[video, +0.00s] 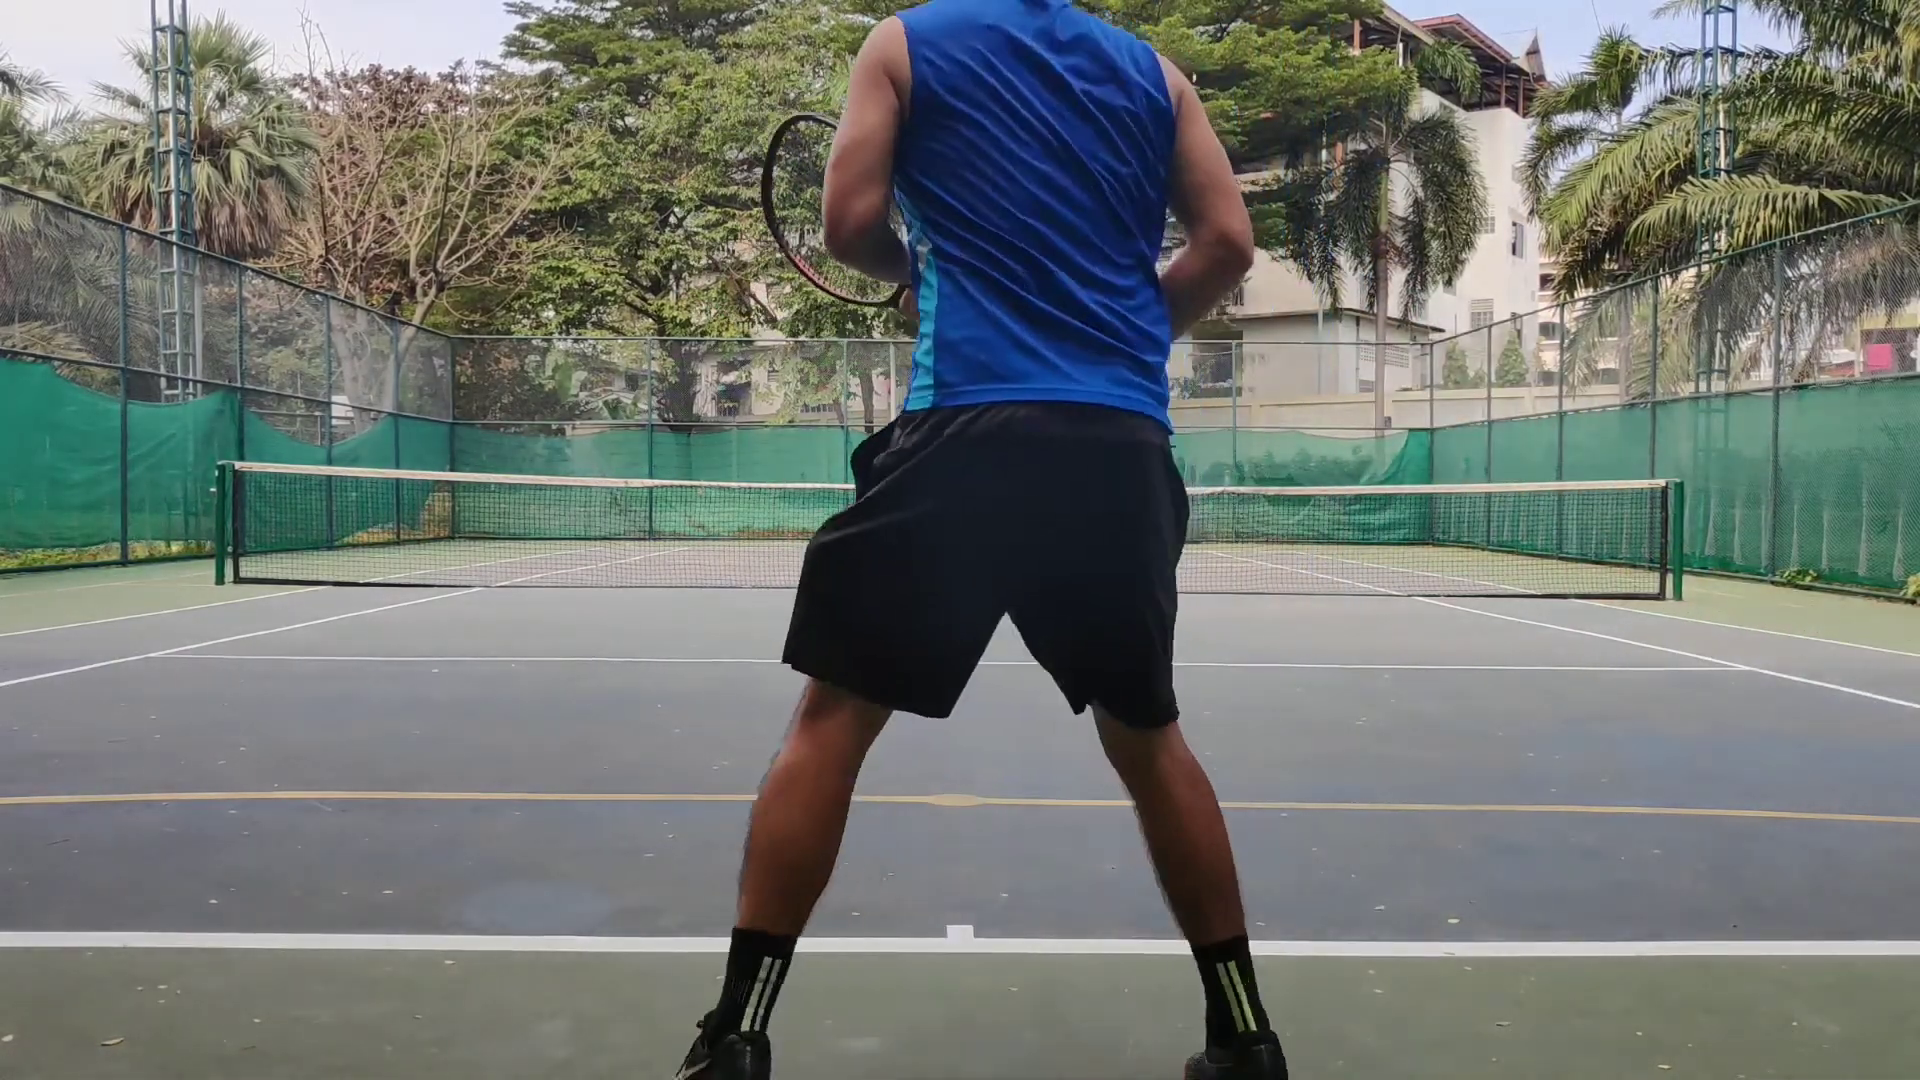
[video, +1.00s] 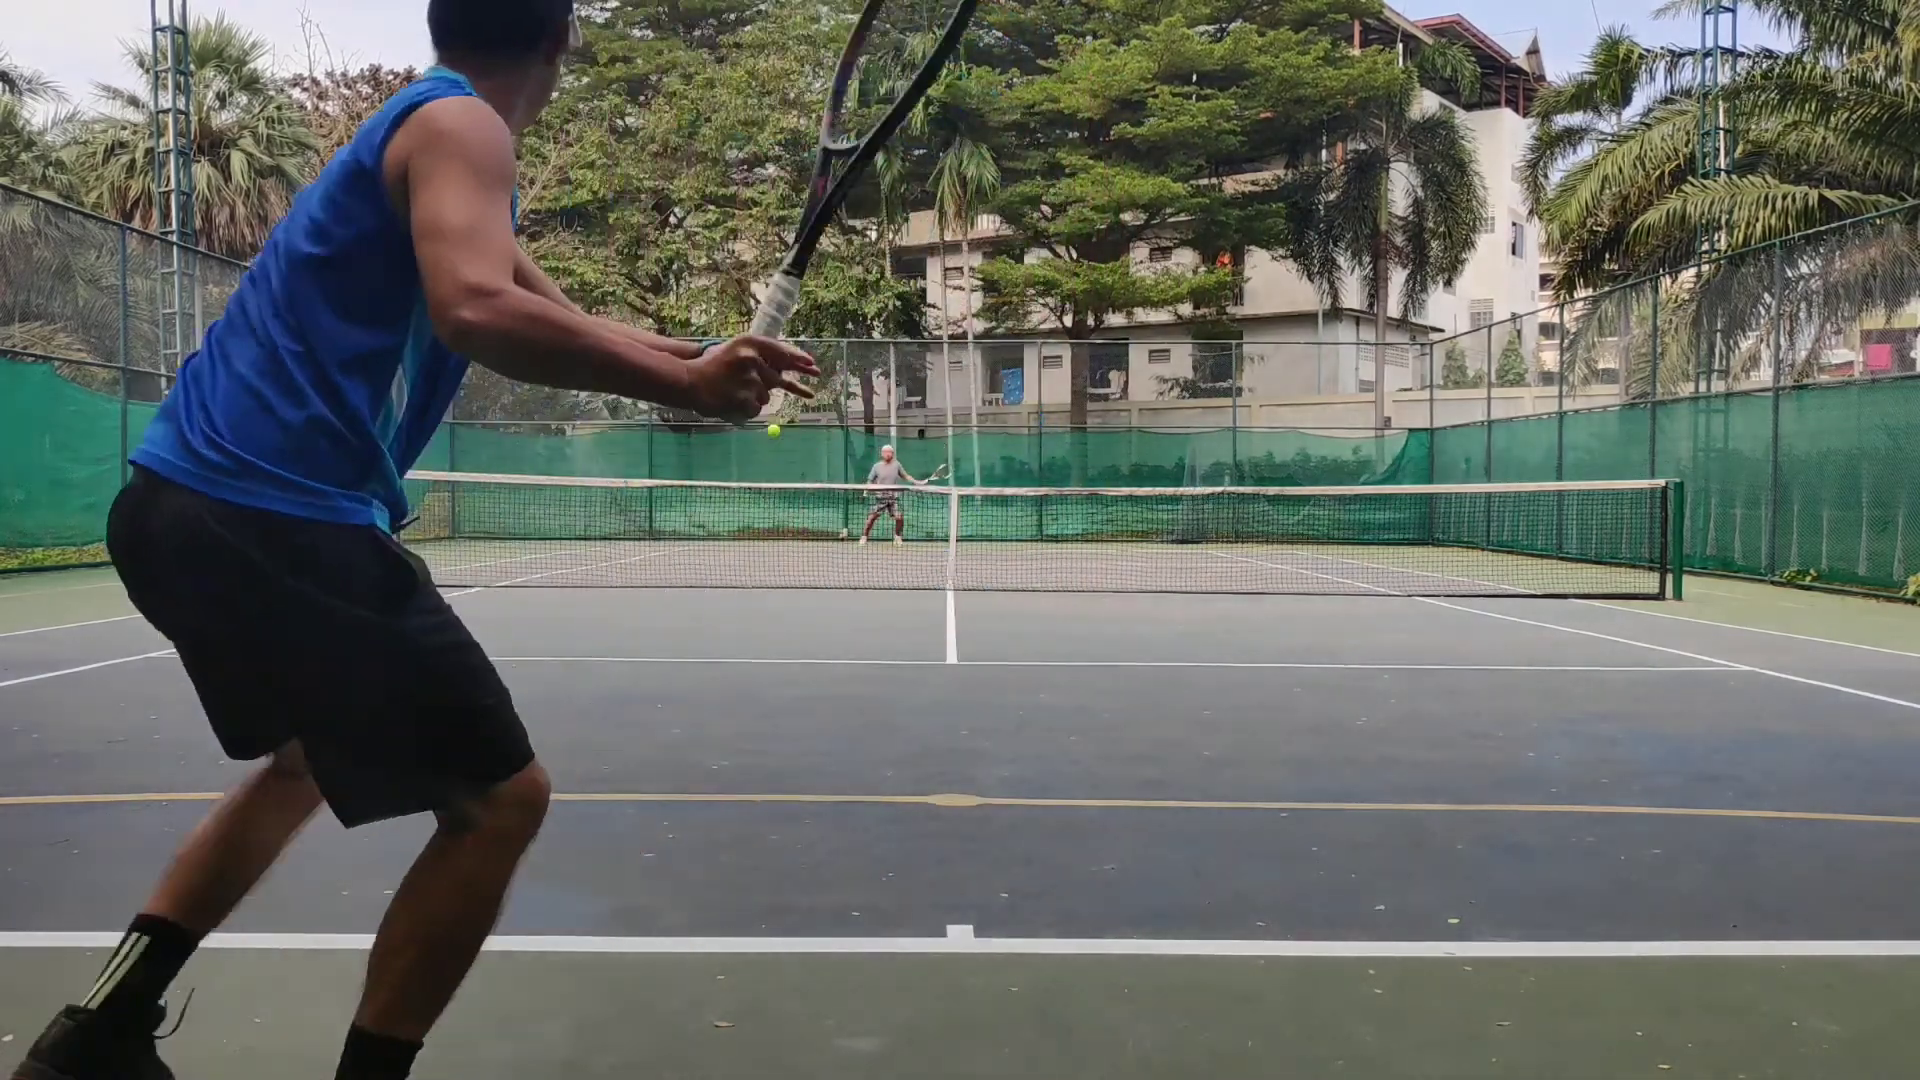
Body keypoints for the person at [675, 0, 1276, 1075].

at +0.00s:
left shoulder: (907, 40)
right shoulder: (1154, 70)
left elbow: (848, 225)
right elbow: (1228, 239)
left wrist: (917, 266)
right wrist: (1139, 317)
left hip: (959, 452)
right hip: (1118, 460)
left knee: (829, 726)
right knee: (1151, 738)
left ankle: (738, 1031)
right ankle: (1243, 1028)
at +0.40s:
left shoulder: (783, 26)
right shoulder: (1047, 58)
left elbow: (689, 179)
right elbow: (1086, 245)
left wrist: (789, 238)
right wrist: (990, 329)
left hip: (796, 440)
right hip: (968, 453)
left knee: (693, 732)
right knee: (1069, 725)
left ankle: (583, 1029)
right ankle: (1163, 1028)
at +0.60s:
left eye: (802, 39)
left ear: (795, 57)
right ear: (908, 66)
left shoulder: (708, 165)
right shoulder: (972, 178)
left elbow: (610, 338)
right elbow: (1010, 382)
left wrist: (706, 385)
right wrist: (928, 464)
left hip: (717, 566)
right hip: (899, 582)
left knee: (630, 799)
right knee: (1028, 822)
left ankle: (529, 1061)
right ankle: (1120, 1072)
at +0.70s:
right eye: (849, 97)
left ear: (718, 80)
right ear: (836, 96)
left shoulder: (629, 184)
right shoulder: (860, 195)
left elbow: (557, 382)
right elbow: (882, 389)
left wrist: (652, 447)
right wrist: (832, 518)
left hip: (597, 576)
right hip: (775, 587)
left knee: (598, 808)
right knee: (943, 835)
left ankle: (547, 1063)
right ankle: (1098, 1066)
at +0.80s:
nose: (756, 85)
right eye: (755, 65)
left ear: (636, 53)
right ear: (747, 67)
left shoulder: (563, 149)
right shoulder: (721, 160)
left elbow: (579, 371)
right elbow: (734, 360)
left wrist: (732, 416)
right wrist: (747, 512)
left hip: (440, 527)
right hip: (596, 533)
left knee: (558, 783)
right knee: (803, 777)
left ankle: (542, 1064)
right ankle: (872, 1067)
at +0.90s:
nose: (672, 52)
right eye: (673, 37)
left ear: (551, 28)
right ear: (663, 37)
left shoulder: (498, 120)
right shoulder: (598, 125)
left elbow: (576, 354)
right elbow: (611, 332)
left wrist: (732, 389)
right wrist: (733, 467)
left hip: (295, 475)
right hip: (421, 488)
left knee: (440, 740)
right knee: (635, 760)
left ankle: (441, 1033)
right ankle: (478, 1048)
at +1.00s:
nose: (568, 63)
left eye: (566, 45)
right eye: (570, 42)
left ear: (447, 32)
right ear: (558, 44)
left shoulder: (404, 126)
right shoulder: (460, 126)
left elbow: (529, 305)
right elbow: (475, 306)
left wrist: (689, 367)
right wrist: (676, 378)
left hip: (178, 500)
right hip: (287, 523)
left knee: (316, 750)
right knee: (502, 801)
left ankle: (111, 1021)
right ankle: (370, 1070)